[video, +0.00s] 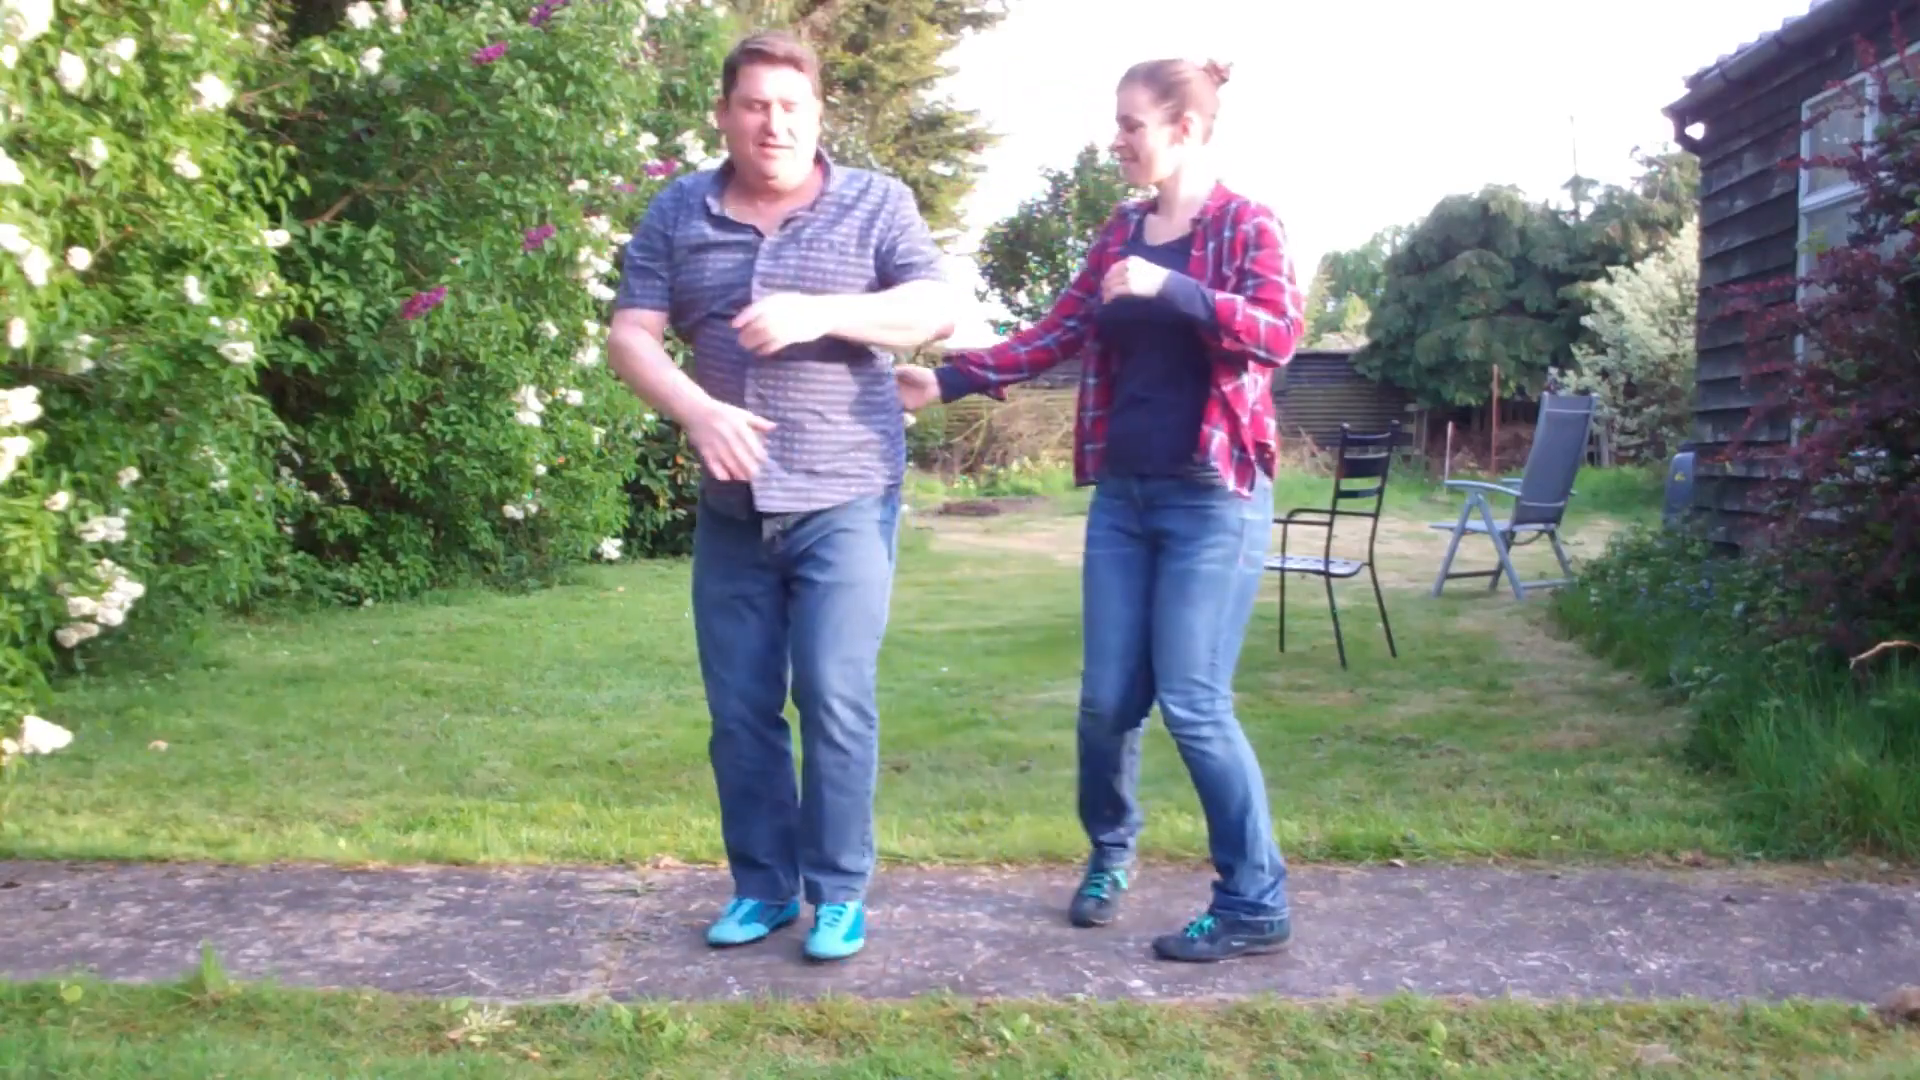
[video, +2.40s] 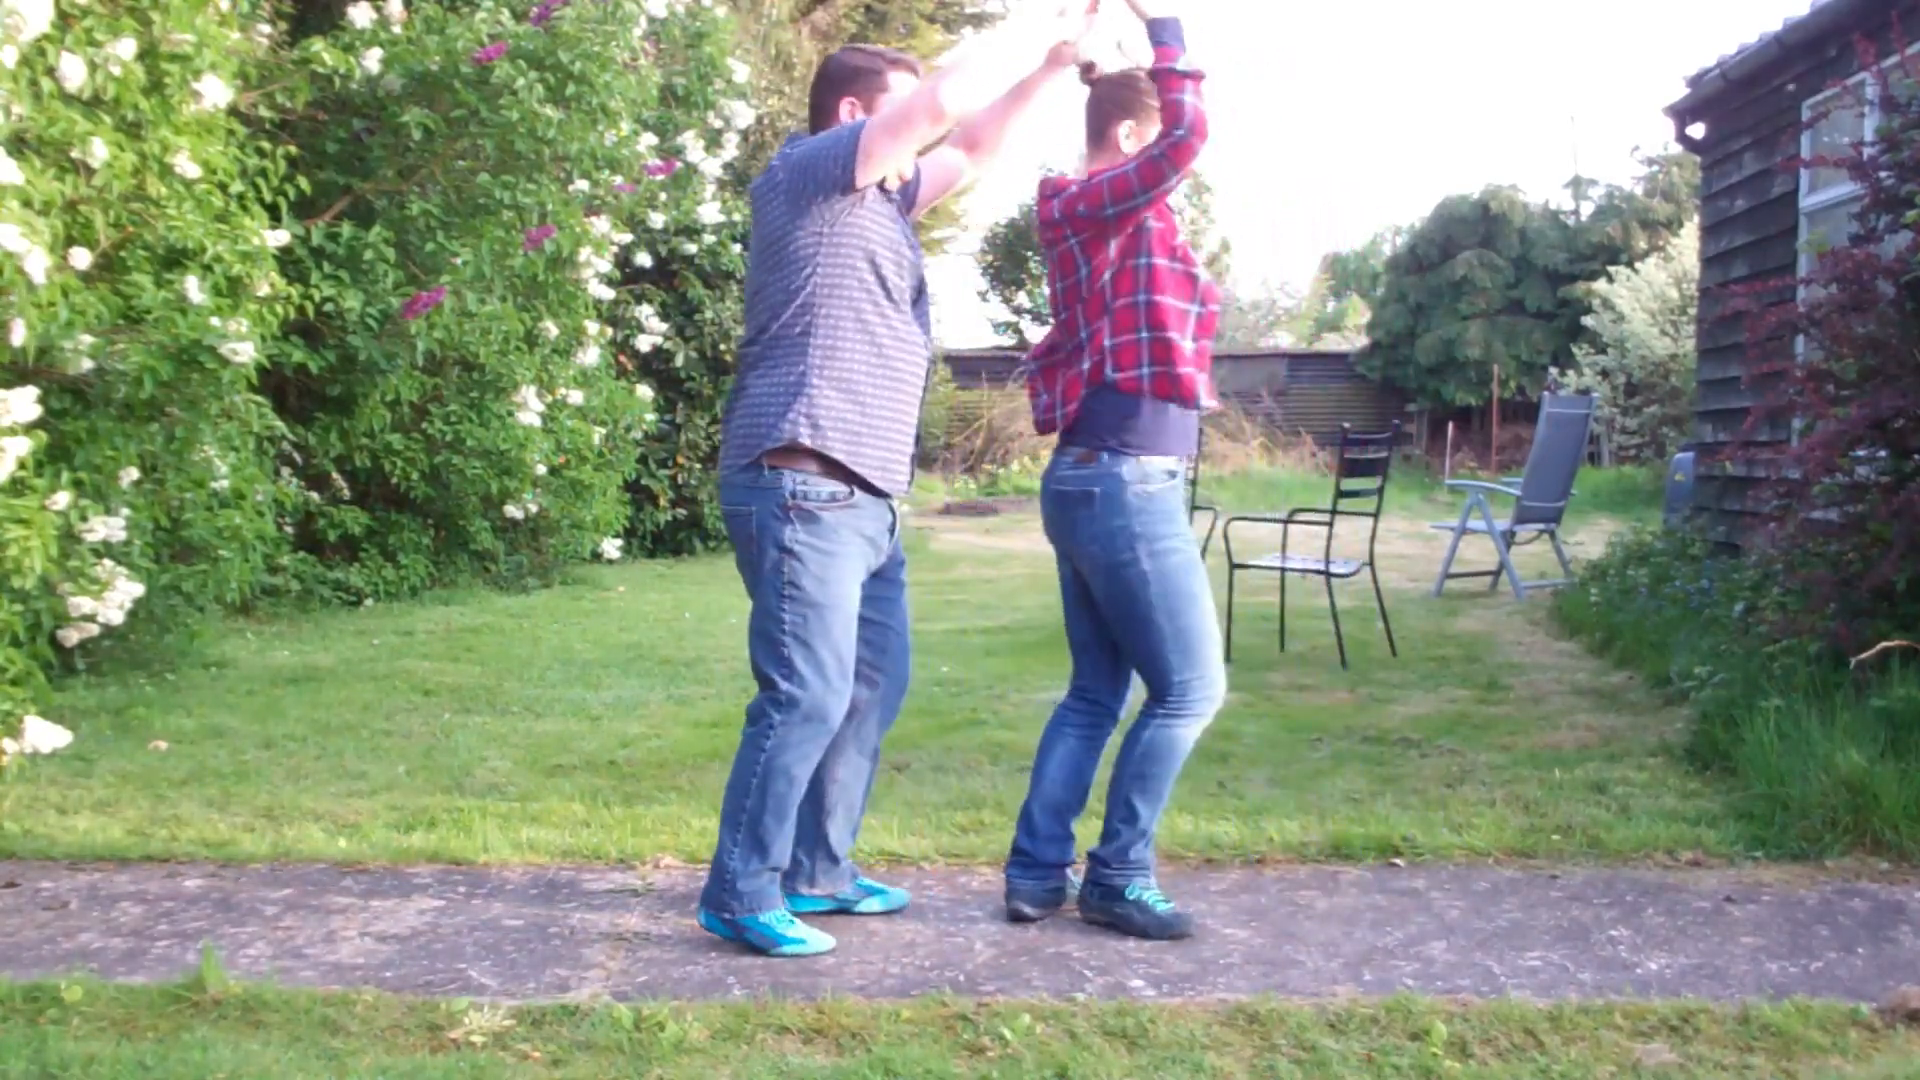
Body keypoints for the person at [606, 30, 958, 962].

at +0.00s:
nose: (770, 121)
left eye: (788, 106)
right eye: (752, 105)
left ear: (818, 117)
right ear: (723, 116)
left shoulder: (874, 202)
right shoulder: (681, 209)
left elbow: (940, 308)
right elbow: (629, 336)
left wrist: (819, 315)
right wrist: (697, 411)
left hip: (846, 500)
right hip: (732, 502)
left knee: (832, 694)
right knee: (739, 706)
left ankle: (839, 888)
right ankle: (764, 883)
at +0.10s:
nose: (813, 133)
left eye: (823, 117)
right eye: (793, 114)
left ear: (834, 126)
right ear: (741, 120)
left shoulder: (874, 206)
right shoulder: (682, 217)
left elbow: (956, 297)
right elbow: (668, 358)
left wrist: (886, 297)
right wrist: (788, 421)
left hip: (856, 508)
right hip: (734, 516)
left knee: (858, 696)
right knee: (743, 712)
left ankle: (852, 880)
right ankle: (766, 887)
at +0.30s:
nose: (871, 139)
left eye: (871, 121)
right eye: (858, 120)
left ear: (821, 123)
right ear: (796, 122)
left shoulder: (874, 214)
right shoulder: (732, 218)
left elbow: (943, 302)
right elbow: (796, 355)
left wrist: (973, 270)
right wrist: (929, 399)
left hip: (869, 510)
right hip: (762, 512)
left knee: (900, 687)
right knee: (766, 707)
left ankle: (875, 887)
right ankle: (761, 888)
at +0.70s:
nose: (952, 137)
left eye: (950, 121)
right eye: (941, 121)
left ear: (891, 126)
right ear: (894, 125)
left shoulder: (908, 220)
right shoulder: (863, 208)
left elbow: (953, 372)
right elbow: (963, 340)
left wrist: (1054, 393)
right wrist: (1062, 354)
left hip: (932, 505)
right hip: (874, 498)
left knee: (944, 702)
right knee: (899, 698)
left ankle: (886, 894)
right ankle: (767, 862)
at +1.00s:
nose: (983, 141)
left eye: (983, 126)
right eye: (975, 124)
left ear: (914, 124)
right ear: (931, 122)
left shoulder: (906, 204)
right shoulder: (901, 190)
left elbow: (961, 364)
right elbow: (1001, 268)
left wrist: (1071, 370)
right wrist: (1063, 205)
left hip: (918, 483)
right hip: (914, 484)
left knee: (942, 693)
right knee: (958, 694)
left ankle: (892, 882)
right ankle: (910, 906)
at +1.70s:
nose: (955, 132)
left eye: (955, 118)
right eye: (945, 115)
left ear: (891, 122)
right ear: (894, 118)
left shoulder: (903, 206)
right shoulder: (865, 189)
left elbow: (986, 275)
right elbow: (992, 201)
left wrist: (1043, 214)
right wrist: (1051, 117)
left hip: (904, 480)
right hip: (879, 479)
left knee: (880, 686)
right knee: (925, 687)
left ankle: (846, 876)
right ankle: (901, 901)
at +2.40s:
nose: (921, 121)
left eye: (923, 107)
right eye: (907, 105)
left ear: (903, 123)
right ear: (851, 106)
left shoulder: (893, 200)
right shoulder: (800, 172)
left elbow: (976, 146)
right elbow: (924, 111)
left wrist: (1052, 66)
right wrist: (994, 46)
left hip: (869, 502)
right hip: (797, 491)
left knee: (872, 684)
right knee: (805, 694)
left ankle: (820, 869)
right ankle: (739, 895)